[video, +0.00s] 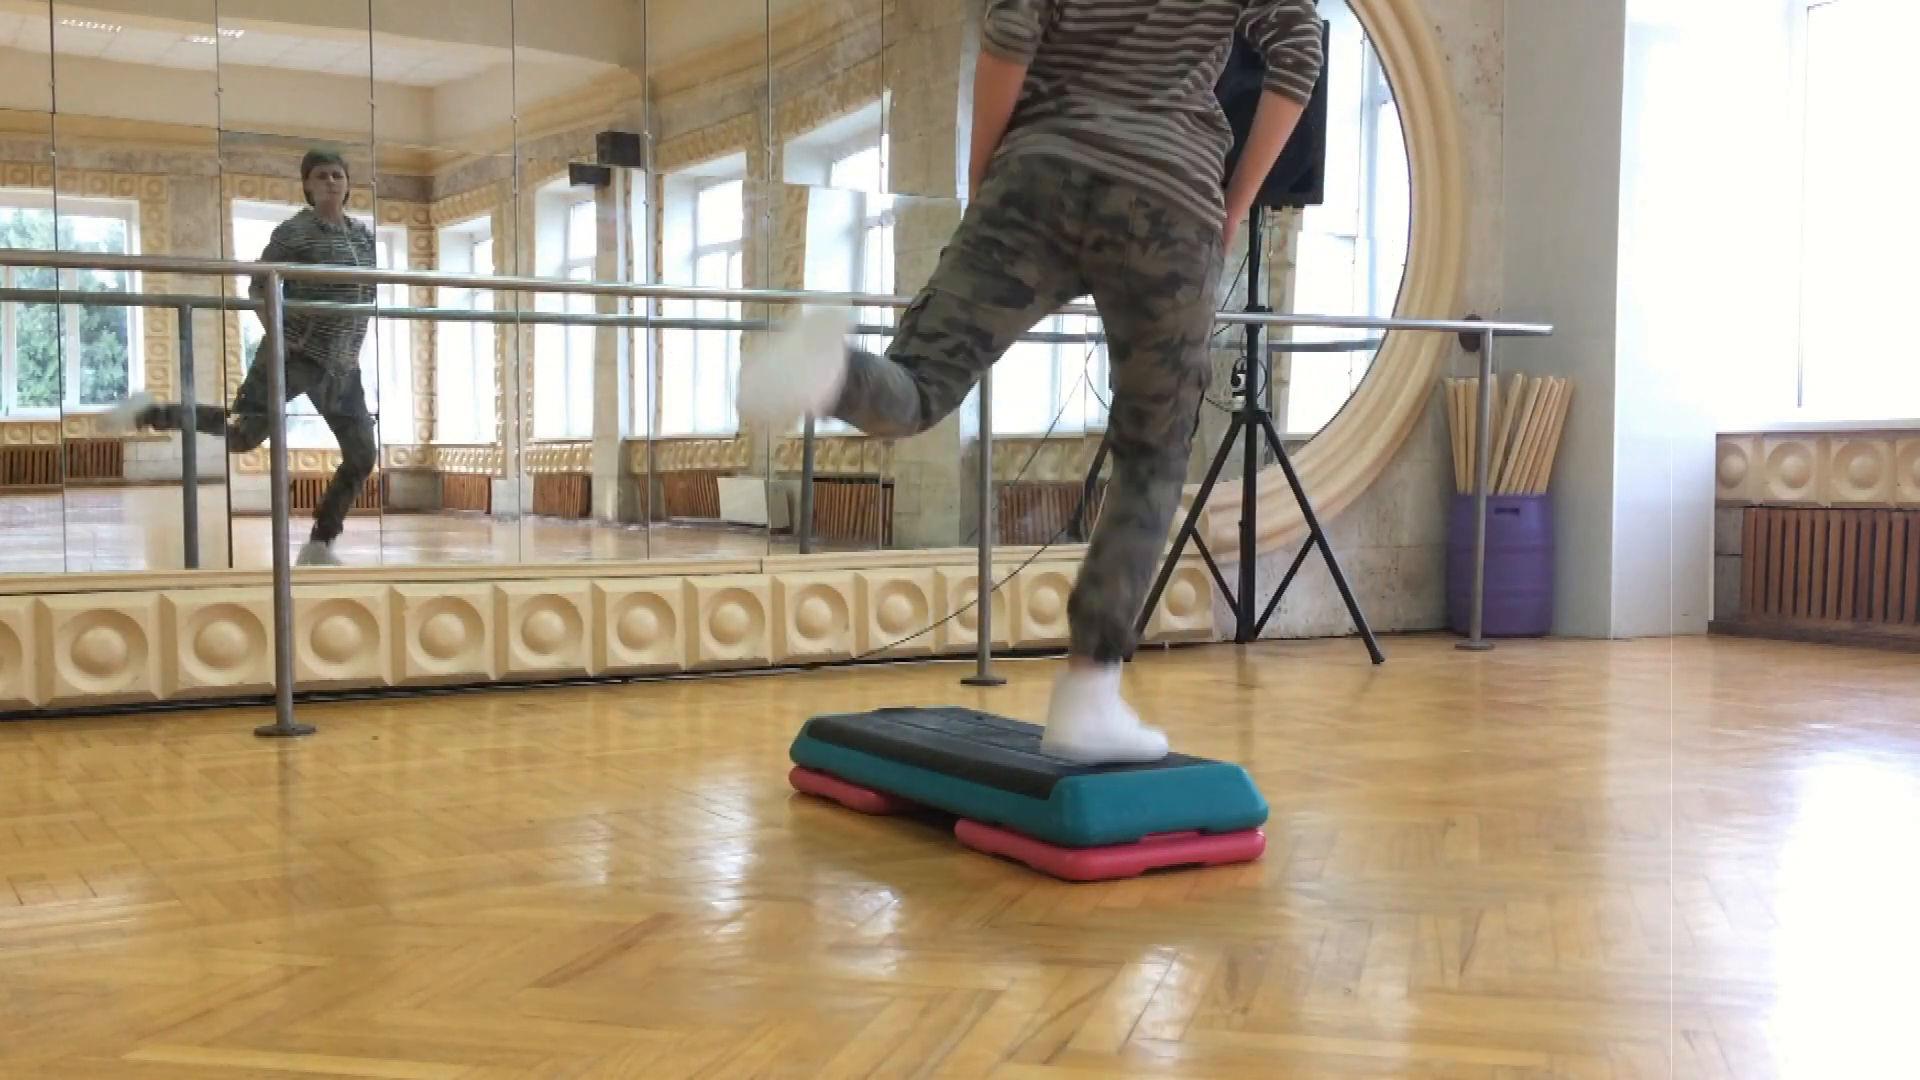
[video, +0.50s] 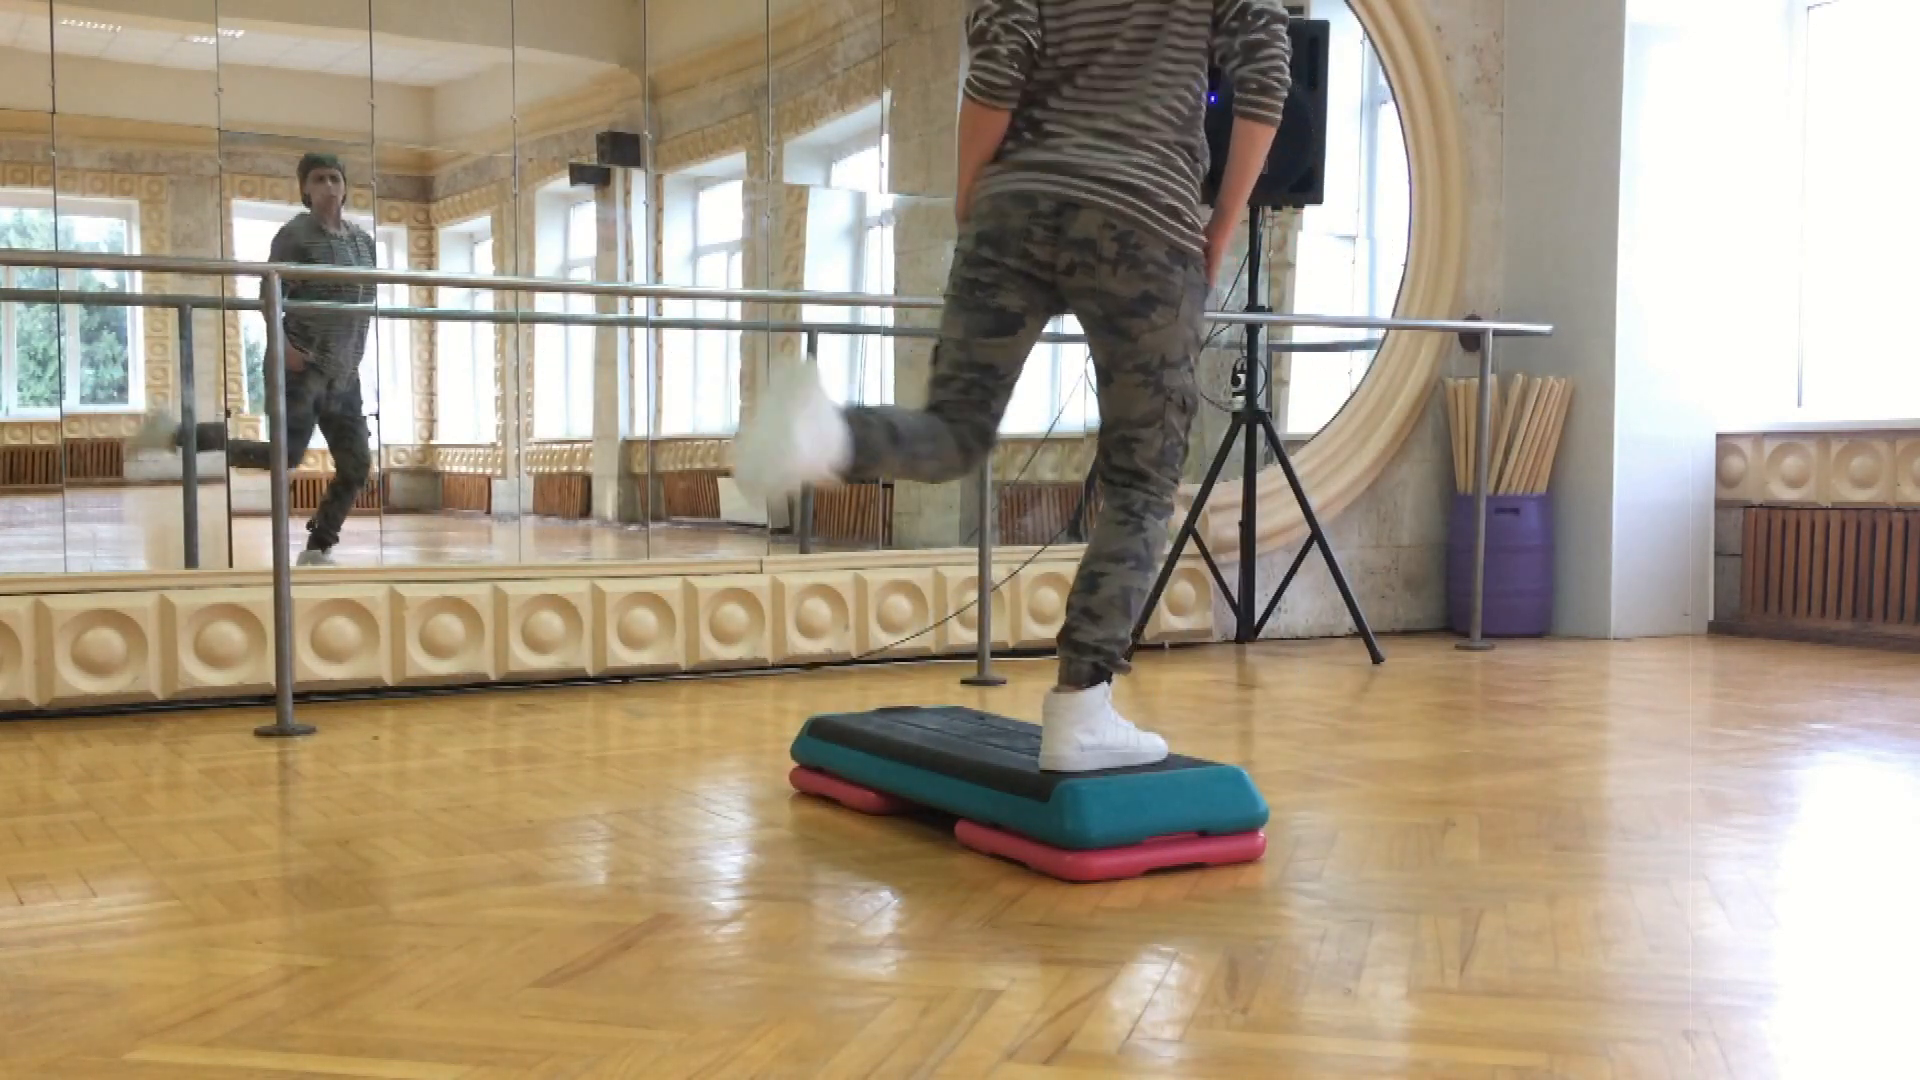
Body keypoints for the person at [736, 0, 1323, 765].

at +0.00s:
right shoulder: (1255, 2)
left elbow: (1007, 37)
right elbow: (1298, 55)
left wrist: (982, 188)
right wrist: (1236, 205)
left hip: (1042, 159)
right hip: (1171, 186)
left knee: (918, 384)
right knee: (1149, 460)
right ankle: (1086, 702)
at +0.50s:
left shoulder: (1024, 1)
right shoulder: (1235, 5)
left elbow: (996, 69)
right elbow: (1264, 86)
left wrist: (970, 207)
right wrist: (1221, 232)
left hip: (1017, 191)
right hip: (1146, 214)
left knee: (955, 429)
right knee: (1139, 483)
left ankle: (825, 435)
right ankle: (1079, 712)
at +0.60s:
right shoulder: (1226, 3)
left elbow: (977, 40)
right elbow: (1238, 70)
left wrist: (958, 174)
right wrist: (1203, 217)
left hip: (998, 166)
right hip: (1127, 178)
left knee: (1008, 398)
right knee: (1115, 454)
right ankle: (1079, 704)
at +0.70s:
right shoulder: (1210, 5)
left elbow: (959, 28)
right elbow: (1219, 68)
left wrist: (955, 169)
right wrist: (1187, 216)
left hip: (994, 165)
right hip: (1127, 177)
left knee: (1015, 409)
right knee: (1108, 449)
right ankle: (1078, 706)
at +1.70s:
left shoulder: (911, 6)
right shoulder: (1106, 7)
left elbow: (896, 111)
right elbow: (1126, 131)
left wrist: (884, 229)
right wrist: (1112, 257)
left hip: (931, 234)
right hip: (1054, 237)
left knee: (952, 465)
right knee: (1060, 471)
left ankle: (947, 700)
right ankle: (1057, 696)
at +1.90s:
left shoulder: (885, 2)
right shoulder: (1084, 5)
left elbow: (855, 102)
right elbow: (1106, 119)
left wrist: (856, 235)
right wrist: (1089, 254)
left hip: (908, 238)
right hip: (1028, 240)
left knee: (942, 461)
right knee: (1043, 455)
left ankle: (943, 693)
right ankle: (1009, 654)